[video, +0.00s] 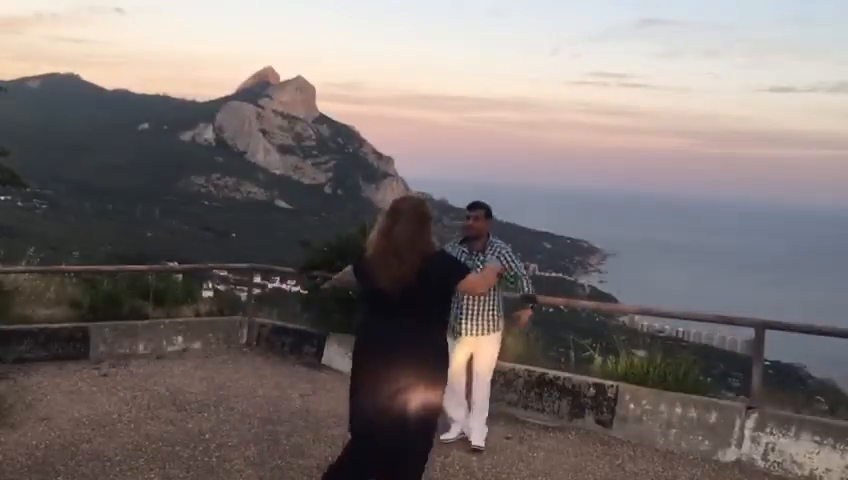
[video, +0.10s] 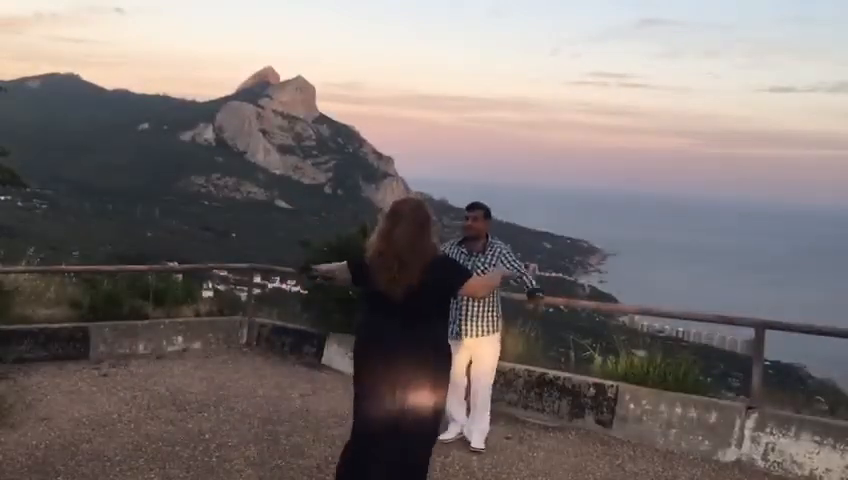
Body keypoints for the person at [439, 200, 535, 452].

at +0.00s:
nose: (470, 222)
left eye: (476, 219)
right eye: (468, 218)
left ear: (489, 223)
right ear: (464, 221)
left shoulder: (500, 251)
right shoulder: (454, 250)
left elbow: (522, 277)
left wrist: (528, 303)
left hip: (488, 331)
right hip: (457, 328)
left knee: (481, 383)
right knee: (454, 379)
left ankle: (477, 434)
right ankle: (456, 424)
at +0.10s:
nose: (470, 223)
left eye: (476, 219)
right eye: (467, 219)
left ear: (488, 223)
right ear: (463, 222)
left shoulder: (499, 251)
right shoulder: (450, 250)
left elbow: (520, 272)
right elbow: (437, 278)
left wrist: (533, 288)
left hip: (486, 332)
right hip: (455, 330)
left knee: (481, 384)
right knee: (453, 381)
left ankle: (477, 434)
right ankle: (455, 424)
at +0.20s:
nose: (468, 222)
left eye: (474, 218)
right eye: (465, 218)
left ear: (485, 222)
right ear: (461, 221)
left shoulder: (496, 249)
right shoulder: (450, 250)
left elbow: (521, 269)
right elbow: (438, 276)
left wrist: (533, 282)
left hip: (482, 329)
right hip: (453, 327)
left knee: (480, 382)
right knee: (454, 380)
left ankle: (476, 435)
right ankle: (452, 428)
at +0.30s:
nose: (466, 222)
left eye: (472, 218)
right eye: (463, 217)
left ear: (483, 223)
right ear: (459, 221)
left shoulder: (494, 251)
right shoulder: (448, 248)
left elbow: (518, 268)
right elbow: (436, 276)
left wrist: (539, 278)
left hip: (477, 328)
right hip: (448, 325)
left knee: (475, 381)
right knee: (451, 380)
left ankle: (474, 434)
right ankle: (451, 430)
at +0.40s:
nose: (464, 222)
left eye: (470, 218)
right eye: (461, 217)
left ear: (481, 223)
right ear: (457, 220)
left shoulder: (491, 250)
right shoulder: (446, 247)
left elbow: (510, 271)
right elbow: (433, 276)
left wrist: (527, 275)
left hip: (473, 328)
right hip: (444, 325)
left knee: (467, 383)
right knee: (445, 381)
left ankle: (463, 437)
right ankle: (445, 431)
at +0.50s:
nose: (463, 222)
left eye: (469, 218)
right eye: (460, 218)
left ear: (480, 223)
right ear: (456, 221)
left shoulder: (490, 253)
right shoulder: (443, 248)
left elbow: (509, 283)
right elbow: (430, 279)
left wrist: (519, 276)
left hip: (470, 328)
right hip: (441, 325)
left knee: (462, 382)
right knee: (437, 379)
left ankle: (454, 434)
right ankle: (429, 431)